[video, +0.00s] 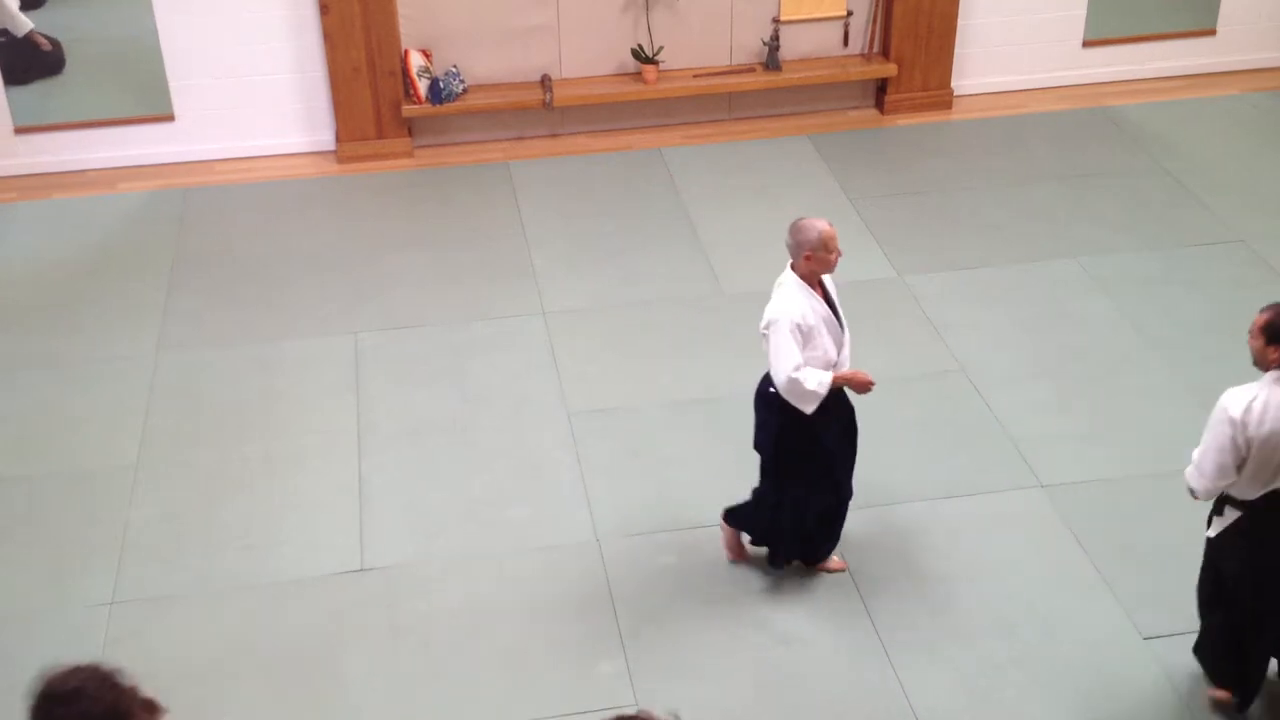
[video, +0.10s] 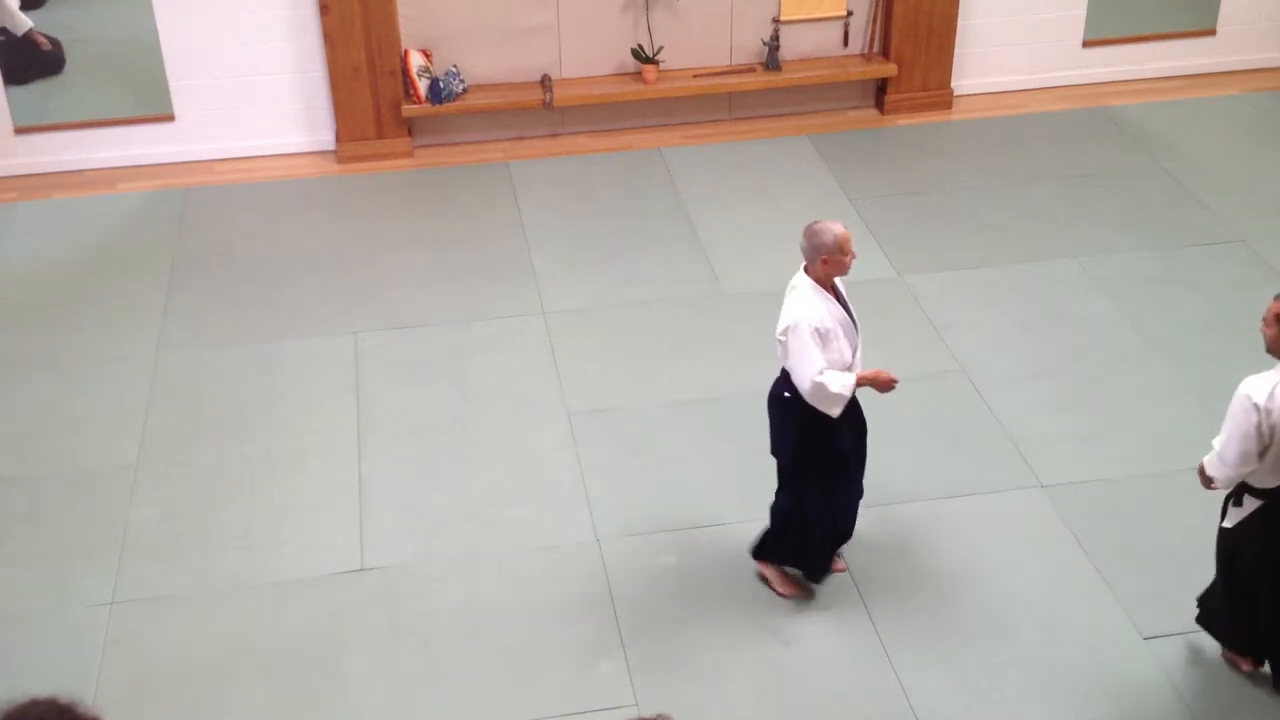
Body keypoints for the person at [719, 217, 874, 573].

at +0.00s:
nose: (839, 254)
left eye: (837, 248)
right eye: (832, 251)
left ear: (809, 258)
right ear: (807, 260)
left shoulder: (821, 280)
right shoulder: (785, 311)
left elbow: (822, 339)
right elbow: (788, 378)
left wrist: (835, 377)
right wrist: (842, 379)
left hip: (826, 398)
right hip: (791, 408)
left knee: (832, 481)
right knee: (792, 489)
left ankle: (815, 549)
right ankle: (735, 521)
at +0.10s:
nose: (853, 257)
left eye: (852, 250)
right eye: (847, 252)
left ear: (823, 258)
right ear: (823, 260)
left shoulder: (824, 282)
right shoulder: (802, 316)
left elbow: (828, 346)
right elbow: (813, 382)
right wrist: (865, 379)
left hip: (832, 400)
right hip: (803, 410)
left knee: (838, 479)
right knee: (805, 487)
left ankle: (820, 550)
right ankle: (770, 558)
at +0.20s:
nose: (866, 259)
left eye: (864, 253)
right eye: (860, 256)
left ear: (834, 262)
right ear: (838, 265)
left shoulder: (823, 283)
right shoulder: (820, 323)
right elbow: (837, 387)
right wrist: (887, 382)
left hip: (829, 403)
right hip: (819, 415)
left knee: (831, 491)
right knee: (822, 496)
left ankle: (826, 576)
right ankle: (817, 589)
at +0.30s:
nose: (878, 264)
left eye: (876, 258)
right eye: (874, 261)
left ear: (843, 266)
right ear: (855, 271)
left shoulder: (823, 285)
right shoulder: (840, 331)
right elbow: (863, 392)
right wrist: (912, 384)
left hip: (813, 402)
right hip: (838, 421)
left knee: (817, 481)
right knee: (854, 504)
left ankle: (809, 548)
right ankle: (860, 604)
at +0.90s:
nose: (943, 296)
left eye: (942, 291)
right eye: (942, 293)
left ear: (898, 290)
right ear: (935, 303)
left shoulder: (866, 319)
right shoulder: (931, 360)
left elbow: (821, 361)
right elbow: (981, 409)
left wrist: (855, 371)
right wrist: (1013, 386)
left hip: (842, 422)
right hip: (884, 445)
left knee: (828, 494)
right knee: (881, 525)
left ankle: (807, 563)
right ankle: (871, 613)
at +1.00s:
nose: (943, 299)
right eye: (943, 296)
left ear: (900, 292)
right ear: (938, 306)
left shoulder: (866, 322)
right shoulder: (933, 364)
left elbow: (820, 365)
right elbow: (986, 412)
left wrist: (853, 376)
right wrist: (1017, 387)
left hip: (842, 424)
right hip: (886, 448)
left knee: (826, 498)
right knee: (886, 529)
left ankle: (806, 569)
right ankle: (879, 619)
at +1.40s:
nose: (844, 299)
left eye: (841, 292)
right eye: (841, 293)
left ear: (808, 290)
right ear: (834, 299)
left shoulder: (776, 313)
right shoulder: (826, 353)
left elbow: (755, 342)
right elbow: (881, 386)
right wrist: (942, 370)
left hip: (752, 417)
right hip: (785, 437)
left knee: (758, 507)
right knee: (798, 517)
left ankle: (750, 580)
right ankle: (793, 609)